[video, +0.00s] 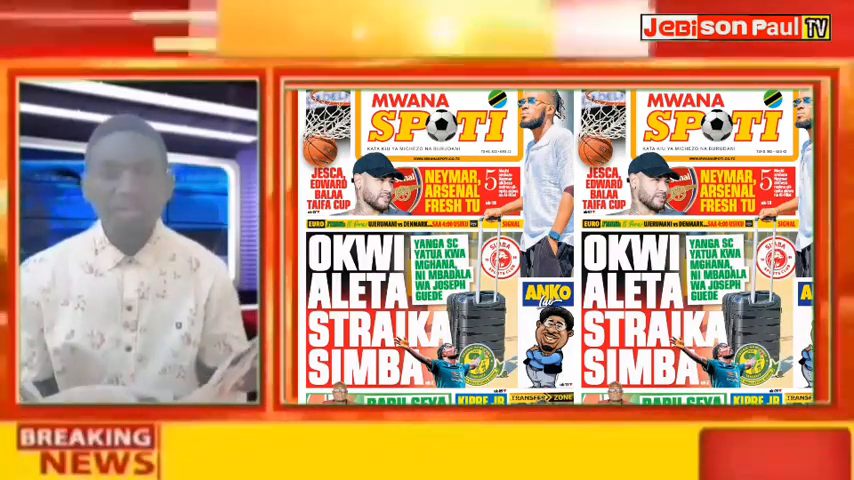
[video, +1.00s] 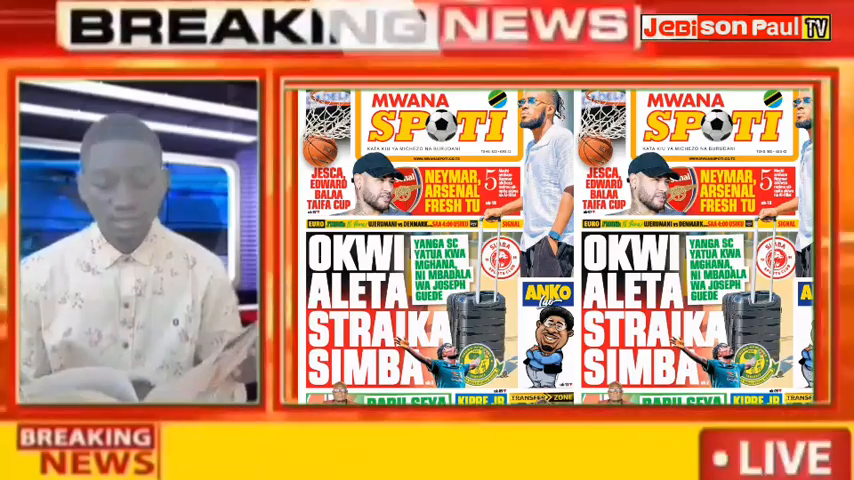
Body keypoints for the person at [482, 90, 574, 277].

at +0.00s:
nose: (523, 107)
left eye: (531, 101)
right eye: (522, 103)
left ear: (549, 110)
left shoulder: (563, 138)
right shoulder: (531, 147)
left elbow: (571, 192)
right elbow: (532, 196)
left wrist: (553, 238)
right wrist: (502, 211)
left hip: (552, 242)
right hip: (530, 243)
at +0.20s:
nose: (523, 107)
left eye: (531, 101)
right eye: (522, 103)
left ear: (549, 110)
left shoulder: (563, 138)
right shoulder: (531, 147)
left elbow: (571, 192)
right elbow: (532, 196)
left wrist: (553, 238)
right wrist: (502, 211)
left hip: (552, 242)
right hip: (530, 243)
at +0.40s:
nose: (523, 107)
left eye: (531, 101)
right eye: (522, 103)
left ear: (549, 110)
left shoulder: (563, 138)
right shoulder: (531, 147)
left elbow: (571, 192)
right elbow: (532, 196)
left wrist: (553, 238)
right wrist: (502, 211)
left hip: (552, 242)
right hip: (530, 243)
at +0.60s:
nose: (523, 107)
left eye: (531, 101)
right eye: (522, 103)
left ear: (549, 110)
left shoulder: (563, 138)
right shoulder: (531, 147)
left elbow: (571, 192)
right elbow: (532, 196)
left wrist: (554, 238)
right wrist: (502, 211)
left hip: (552, 241)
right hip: (530, 242)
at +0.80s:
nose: (523, 107)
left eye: (531, 101)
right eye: (522, 103)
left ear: (549, 110)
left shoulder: (563, 139)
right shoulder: (531, 147)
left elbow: (571, 192)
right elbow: (532, 196)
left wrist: (554, 238)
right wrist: (502, 211)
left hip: (552, 241)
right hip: (530, 242)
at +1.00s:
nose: (523, 107)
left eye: (531, 101)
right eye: (522, 103)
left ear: (549, 110)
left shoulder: (563, 139)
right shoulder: (531, 147)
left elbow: (571, 192)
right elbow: (532, 196)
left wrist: (554, 238)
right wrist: (502, 211)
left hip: (551, 241)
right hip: (530, 242)